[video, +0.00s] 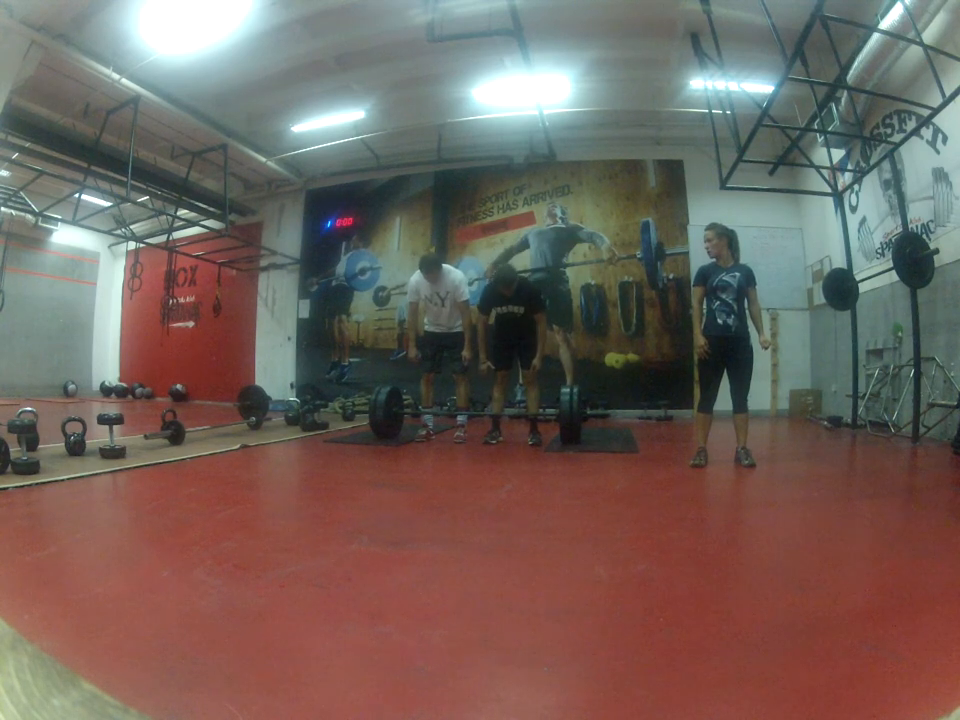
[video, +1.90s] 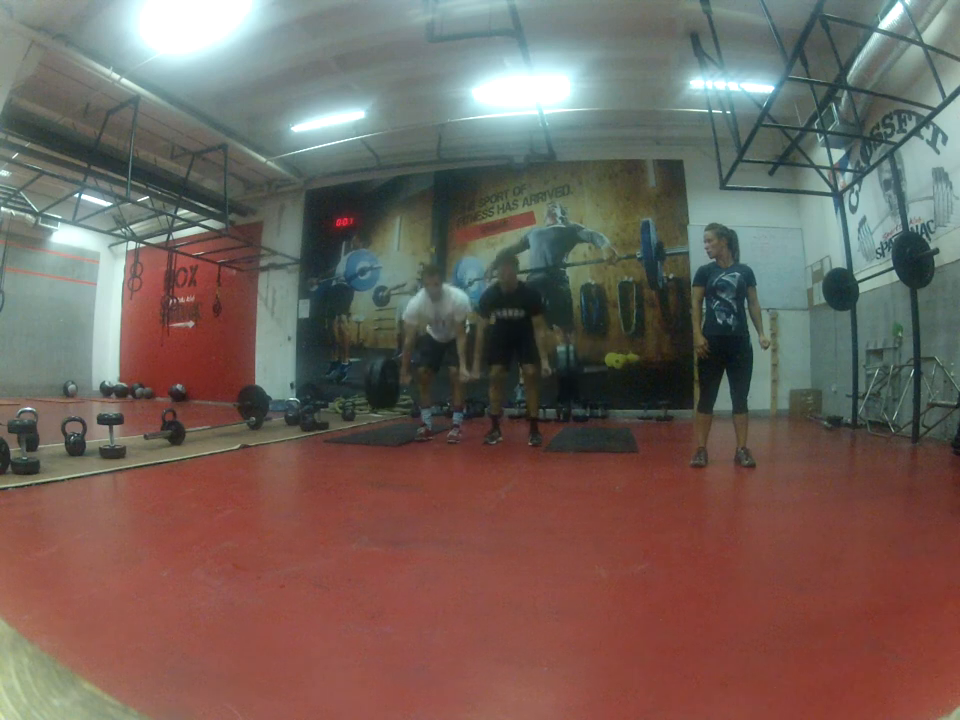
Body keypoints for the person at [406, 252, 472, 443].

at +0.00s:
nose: (431, 279)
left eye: (433, 276)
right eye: (427, 276)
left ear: (440, 269)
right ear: (422, 272)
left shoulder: (456, 277)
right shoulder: (416, 280)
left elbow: (466, 312)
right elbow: (412, 315)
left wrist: (467, 346)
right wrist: (412, 344)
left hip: (456, 331)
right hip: (431, 331)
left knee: (460, 377)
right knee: (427, 376)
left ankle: (461, 426)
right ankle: (427, 425)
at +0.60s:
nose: (427, 299)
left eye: (430, 295)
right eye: (423, 296)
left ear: (436, 287)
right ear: (417, 290)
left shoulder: (453, 293)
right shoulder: (412, 295)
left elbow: (464, 327)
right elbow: (409, 328)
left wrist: (467, 362)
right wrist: (408, 360)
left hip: (452, 333)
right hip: (428, 333)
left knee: (456, 374)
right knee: (423, 375)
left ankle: (459, 425)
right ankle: (426, 425)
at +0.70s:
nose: (427, 318)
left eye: (429, 314)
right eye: (423, 315)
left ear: (435, 308)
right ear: (417, 310)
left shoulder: (452, 312)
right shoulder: (410, 315)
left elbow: (463, 346)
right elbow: (407, 349)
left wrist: (467, 384)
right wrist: (407, 383)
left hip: (452, 340)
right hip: (427, 341)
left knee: (454, 374)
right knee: (422, 376)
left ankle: (459, 426)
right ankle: (426, 426)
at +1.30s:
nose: (429, 299)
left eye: (432, 295)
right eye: (425, 295)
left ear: (438, 291)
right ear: (420, 292)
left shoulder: (453, 303)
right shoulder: (412, 305)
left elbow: (460, 339)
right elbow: (409, 341)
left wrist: (466, 372)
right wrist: (407, 373)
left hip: (450, 336)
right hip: (426, 337)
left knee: (456, 376)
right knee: (423, 376)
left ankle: (458, 426)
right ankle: (427, 425)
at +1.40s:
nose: (429, 272)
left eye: (432, 267)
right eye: (425, 268)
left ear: (438, 265)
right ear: (420, 266)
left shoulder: (454, 284)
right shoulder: (413, 286)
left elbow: (460, 321)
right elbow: (410, 322)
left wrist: (464, 351)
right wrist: (406, 353)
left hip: (451, 329)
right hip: (427, 329)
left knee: (458, 374)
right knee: (425, 377)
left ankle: (459, 425)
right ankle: (427, 426)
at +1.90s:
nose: (433, 289)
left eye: (436, 284)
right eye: (429, 285)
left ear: (442, 283)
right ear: (424, 285)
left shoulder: (458, 299)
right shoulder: (416, 303)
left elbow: (461, 334)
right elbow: (409, 338)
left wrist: (463, 366)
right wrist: (404, 370)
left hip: (456, 336)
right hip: (432, 336)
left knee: (454, 373)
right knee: (423, 374)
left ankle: (456, 426)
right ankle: (426, 425)